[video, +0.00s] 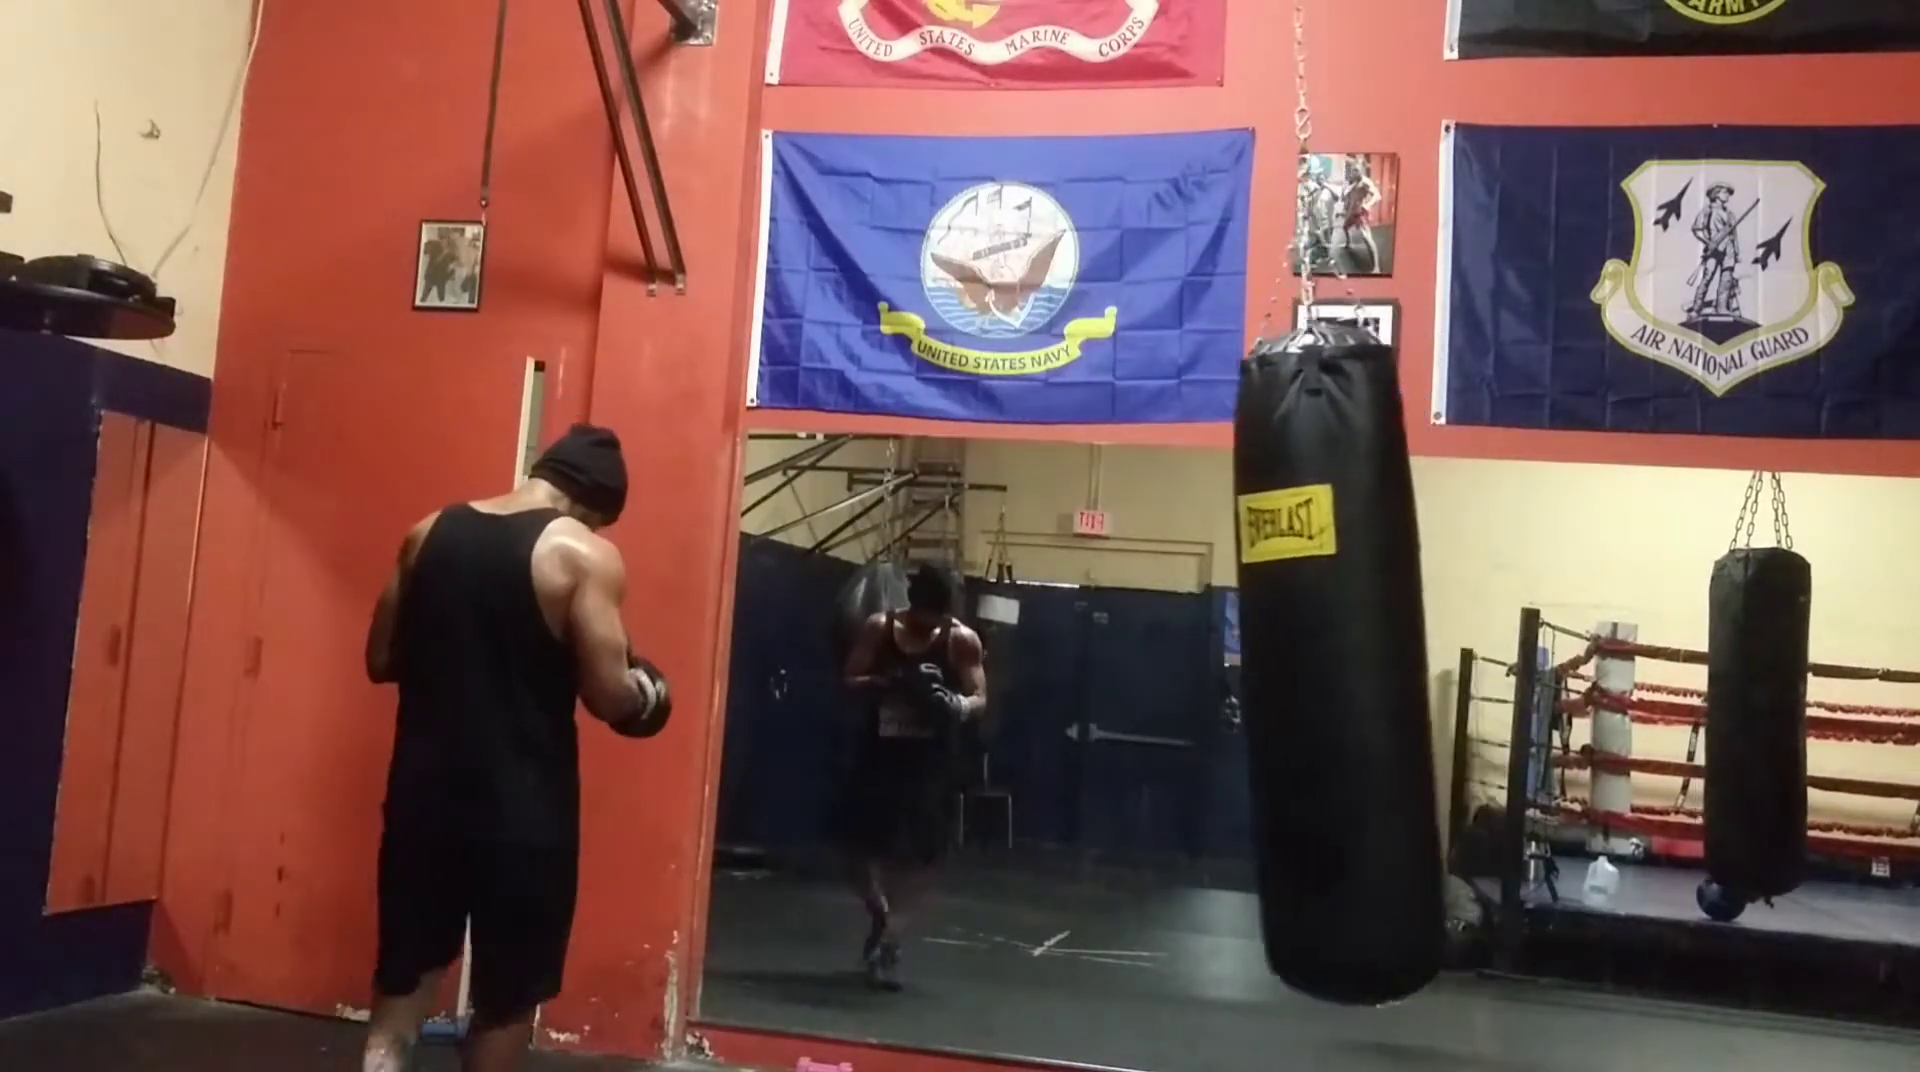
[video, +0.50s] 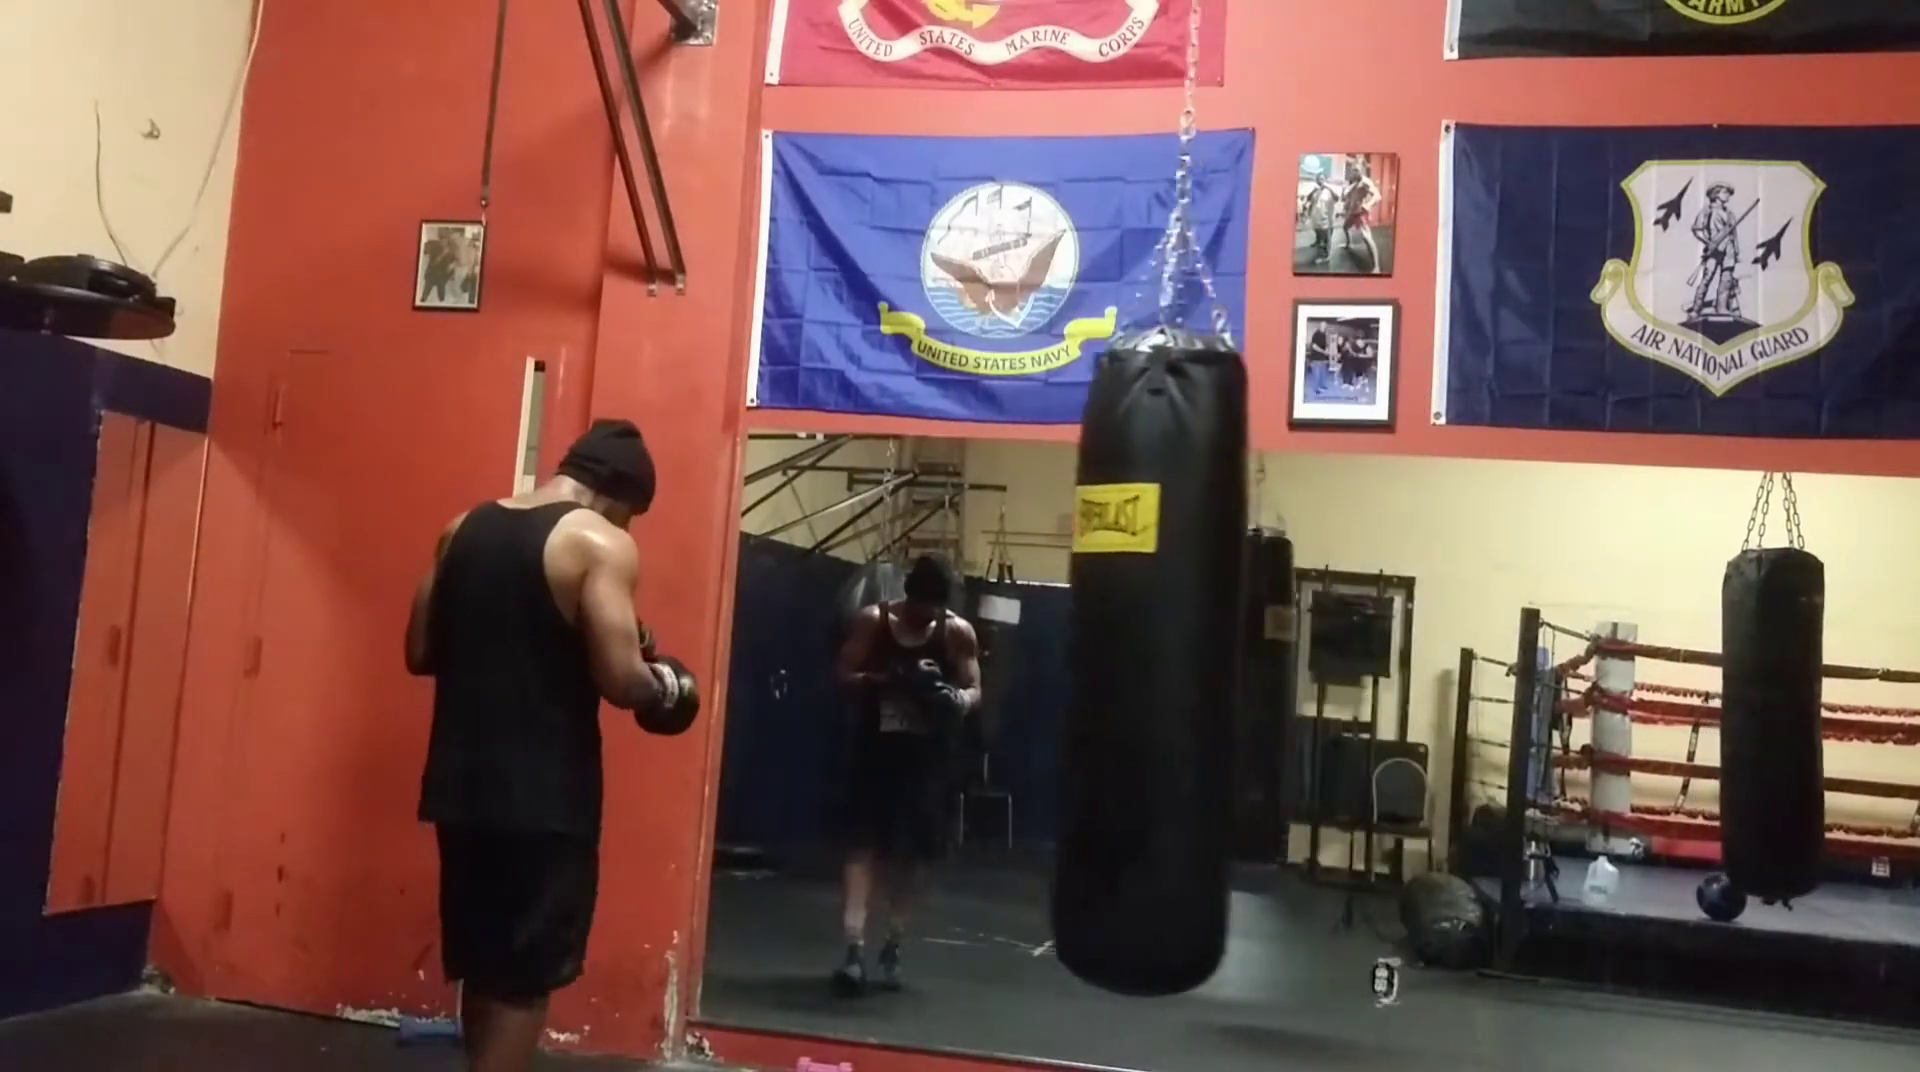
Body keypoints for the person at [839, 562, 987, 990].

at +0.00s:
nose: (926, 629)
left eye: (934, 623)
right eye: (920, 621)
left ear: (947, 613)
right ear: (908, 606)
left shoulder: (962, 640)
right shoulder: (879, 627)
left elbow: (978, 699)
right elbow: (851, 682)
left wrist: (954, 702)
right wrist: (890, 681)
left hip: (931, 759)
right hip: (879, 754)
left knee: (920, 858)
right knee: (861, 843)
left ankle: (887, 946)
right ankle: (882, 920)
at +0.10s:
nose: (922, 628)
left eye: (932, 622)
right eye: (916, 620)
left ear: (946, 612)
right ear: (905, 605)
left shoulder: (962, 635)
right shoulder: (878, 624)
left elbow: (979, 693)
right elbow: (851, 680)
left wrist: (957, 699)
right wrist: (891, 678)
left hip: (930, 754)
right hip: (879, 750)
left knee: (919, 853)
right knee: (863, 843)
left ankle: (892, 944)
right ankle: (871, 919)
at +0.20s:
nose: (925, 622)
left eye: (934, 615)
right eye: (920, 613)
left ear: (947, 605)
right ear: (907, 597)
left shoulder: (962, 631)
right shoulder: (878, 619)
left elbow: (979, 690)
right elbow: (851, 674)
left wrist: (953, 696)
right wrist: (888, 678)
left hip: (929, 752)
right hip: (877, 747)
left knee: (915, 851)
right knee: (867, 841)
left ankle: (891, 948)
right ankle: (857, 941)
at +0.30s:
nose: (925, 621)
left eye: (933, 614)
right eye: (919, 612)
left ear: (946, 604)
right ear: (907, 596)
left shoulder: (961, 631)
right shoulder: (877, 619)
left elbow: (978, 690)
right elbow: (849, 673)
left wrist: (953, 696)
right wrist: (886, 677)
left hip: (927, 753)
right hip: (875, 748)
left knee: (912, 853)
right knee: (862, 843)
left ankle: (893, 950)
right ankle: (852, 949)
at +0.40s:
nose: (924, 620)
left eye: (933, 614)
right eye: (919, 612)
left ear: (946, 605)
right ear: (907, 596)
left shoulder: (959, 631)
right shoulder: (876, 619)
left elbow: (974, 690)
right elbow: (847, 672)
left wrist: (949, 696)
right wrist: (885, 678)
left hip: (926, 754)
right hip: (875, 749)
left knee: (911, 854)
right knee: (863, 845)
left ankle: (893, 950)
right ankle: (853, 950)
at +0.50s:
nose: (923, 619)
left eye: (932, 613)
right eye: (918, 611)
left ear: (944, 605)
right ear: (906, 596)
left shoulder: (957, 632)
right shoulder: (873, 621)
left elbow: (973, 693)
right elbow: (845, 674)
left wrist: (948, 693)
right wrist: (885, 678)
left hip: (925, 755)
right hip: (873, 750)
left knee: (910, 854)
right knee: (862, 844)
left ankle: (893, 949)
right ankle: (853, 950)